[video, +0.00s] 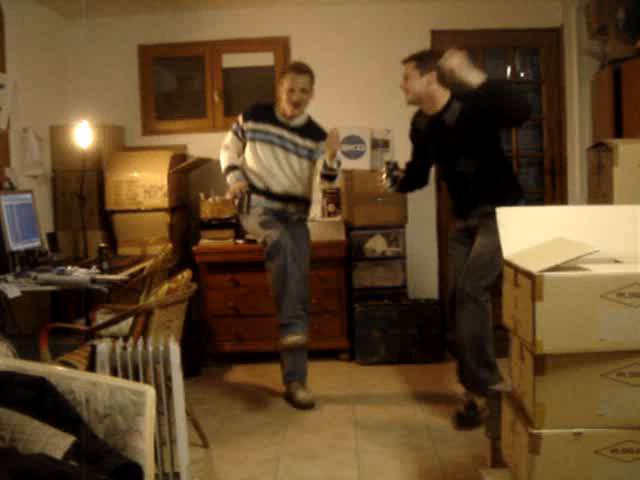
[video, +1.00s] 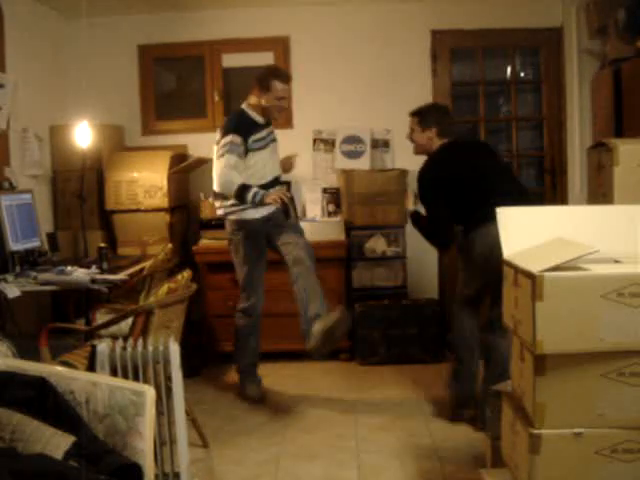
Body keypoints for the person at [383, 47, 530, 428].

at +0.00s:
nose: (403, 87)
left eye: (408, 79)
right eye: (403, 80)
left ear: (431, 78)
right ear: (422, 81)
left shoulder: (473, 105)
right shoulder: (423, 124)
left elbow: (523, 108)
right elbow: (419, 174)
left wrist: (478, 80)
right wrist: (396, 181)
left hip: (498, 215)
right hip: (463, 220)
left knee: (472, 290)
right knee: (461, 298)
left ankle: (486, 388)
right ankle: (474, 390)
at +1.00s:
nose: (410, 139)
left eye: (413, 133)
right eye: (410, 133)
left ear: (431, 133)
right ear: (441, 131)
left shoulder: (431, 173)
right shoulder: (481, 149)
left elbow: (441, 238)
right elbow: (514, 189)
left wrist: (415, 214)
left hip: (481, 240)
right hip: (519, 229)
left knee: (465, 313)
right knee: (500, 318)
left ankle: (463, 398)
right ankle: (497, 403)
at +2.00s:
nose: (390, 149)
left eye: (395, 141)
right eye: (389, 142)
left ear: (417, 139)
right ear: (416, 141)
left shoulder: (436, 164)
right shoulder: (436, 161)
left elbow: (415, 225)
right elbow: (415, 222)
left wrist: (368, 249)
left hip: (510, 220)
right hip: (514, 217)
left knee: (453, 273)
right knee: (490, 296)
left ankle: (464, 367)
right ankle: (499, 378)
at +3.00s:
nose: (436, 132)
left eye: (442, 126)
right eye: (429, 126)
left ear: (450, 127)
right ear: (416, 129)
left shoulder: (470, 160)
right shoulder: (402, 163)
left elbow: (503, 201)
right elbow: (382, 206)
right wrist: (386, 221)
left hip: (469, 245)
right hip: (427, 247)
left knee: (483, 307)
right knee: (422, 310)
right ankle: (427, 381)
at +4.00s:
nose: (462, 101)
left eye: (469, 95)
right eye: (459, 96)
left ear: (489, 99)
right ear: (456, 102)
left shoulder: (510, 141)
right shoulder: (447, 140)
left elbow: (527, 189)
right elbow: (422, 189)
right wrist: (434, 197)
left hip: (499, 233)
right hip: (457, 234)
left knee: (497, 303)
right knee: (464, 303)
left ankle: (493, 372)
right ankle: (473, 375)